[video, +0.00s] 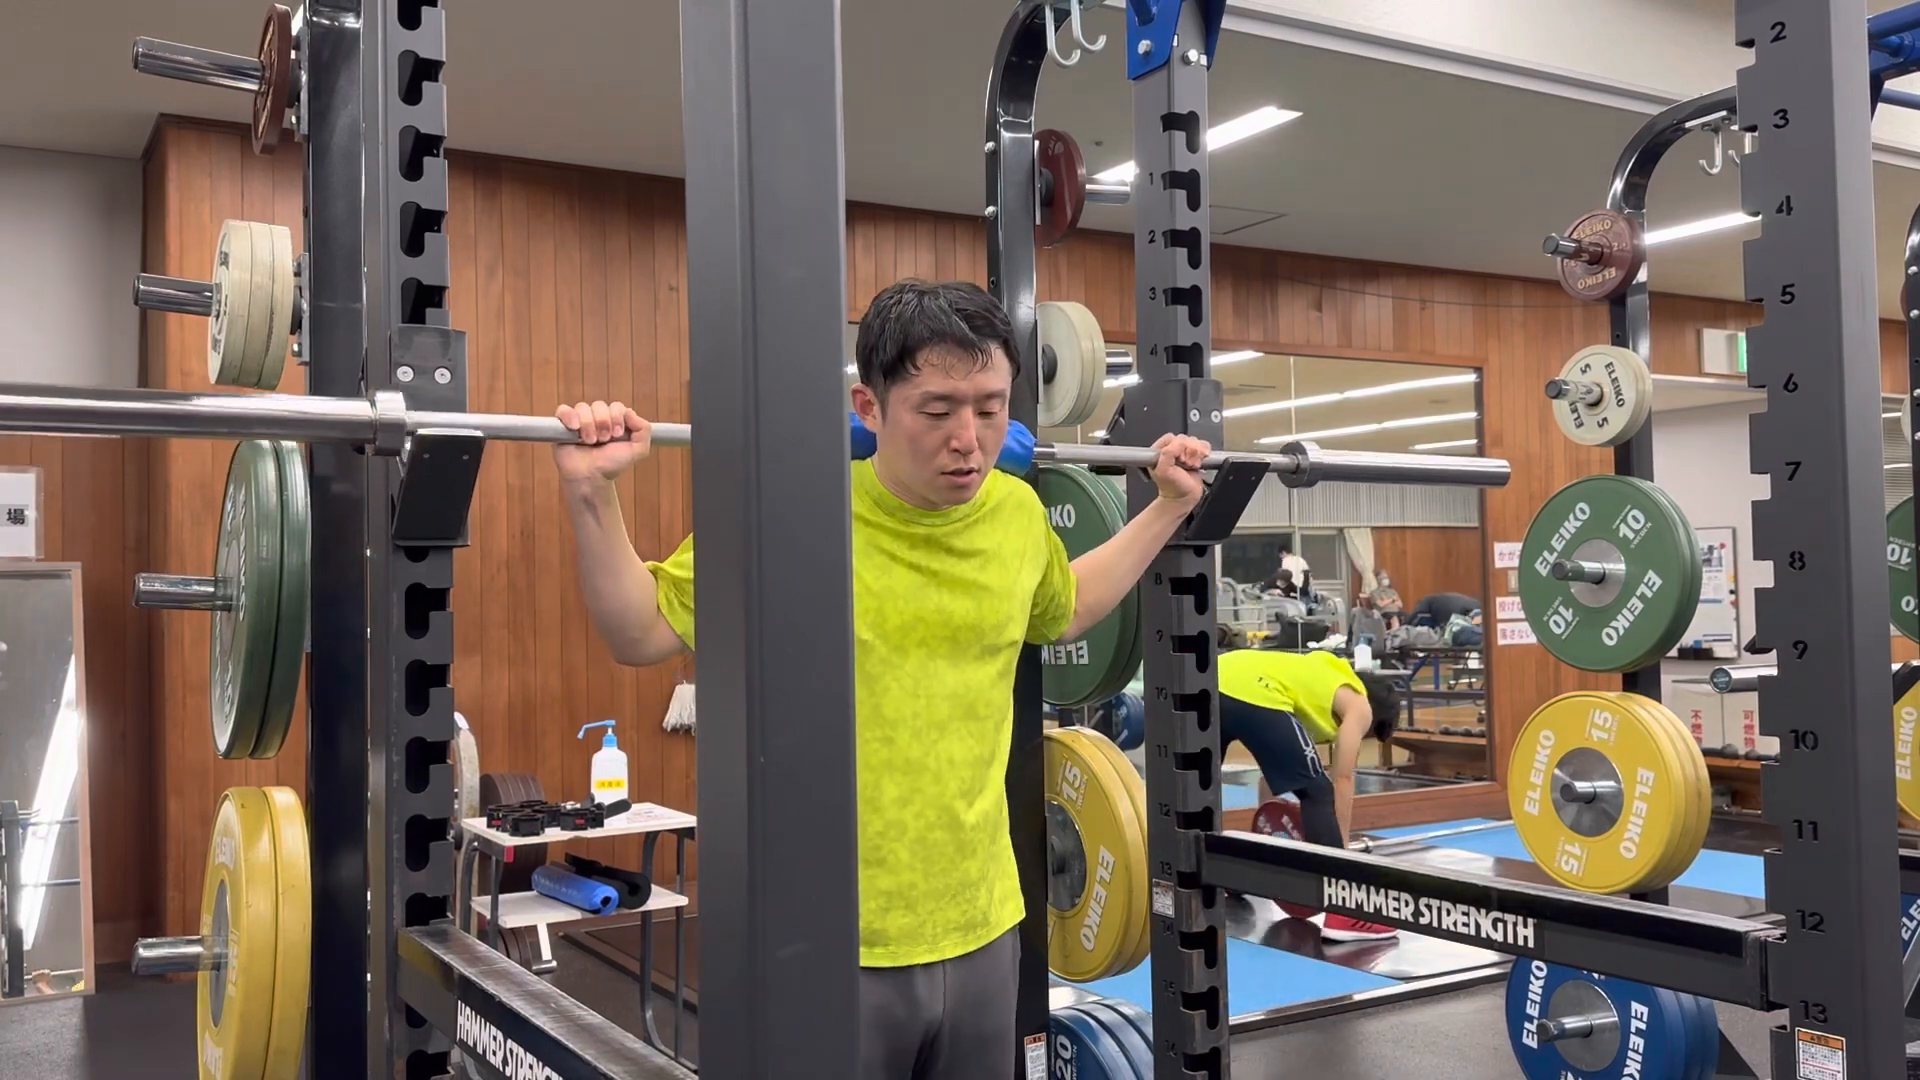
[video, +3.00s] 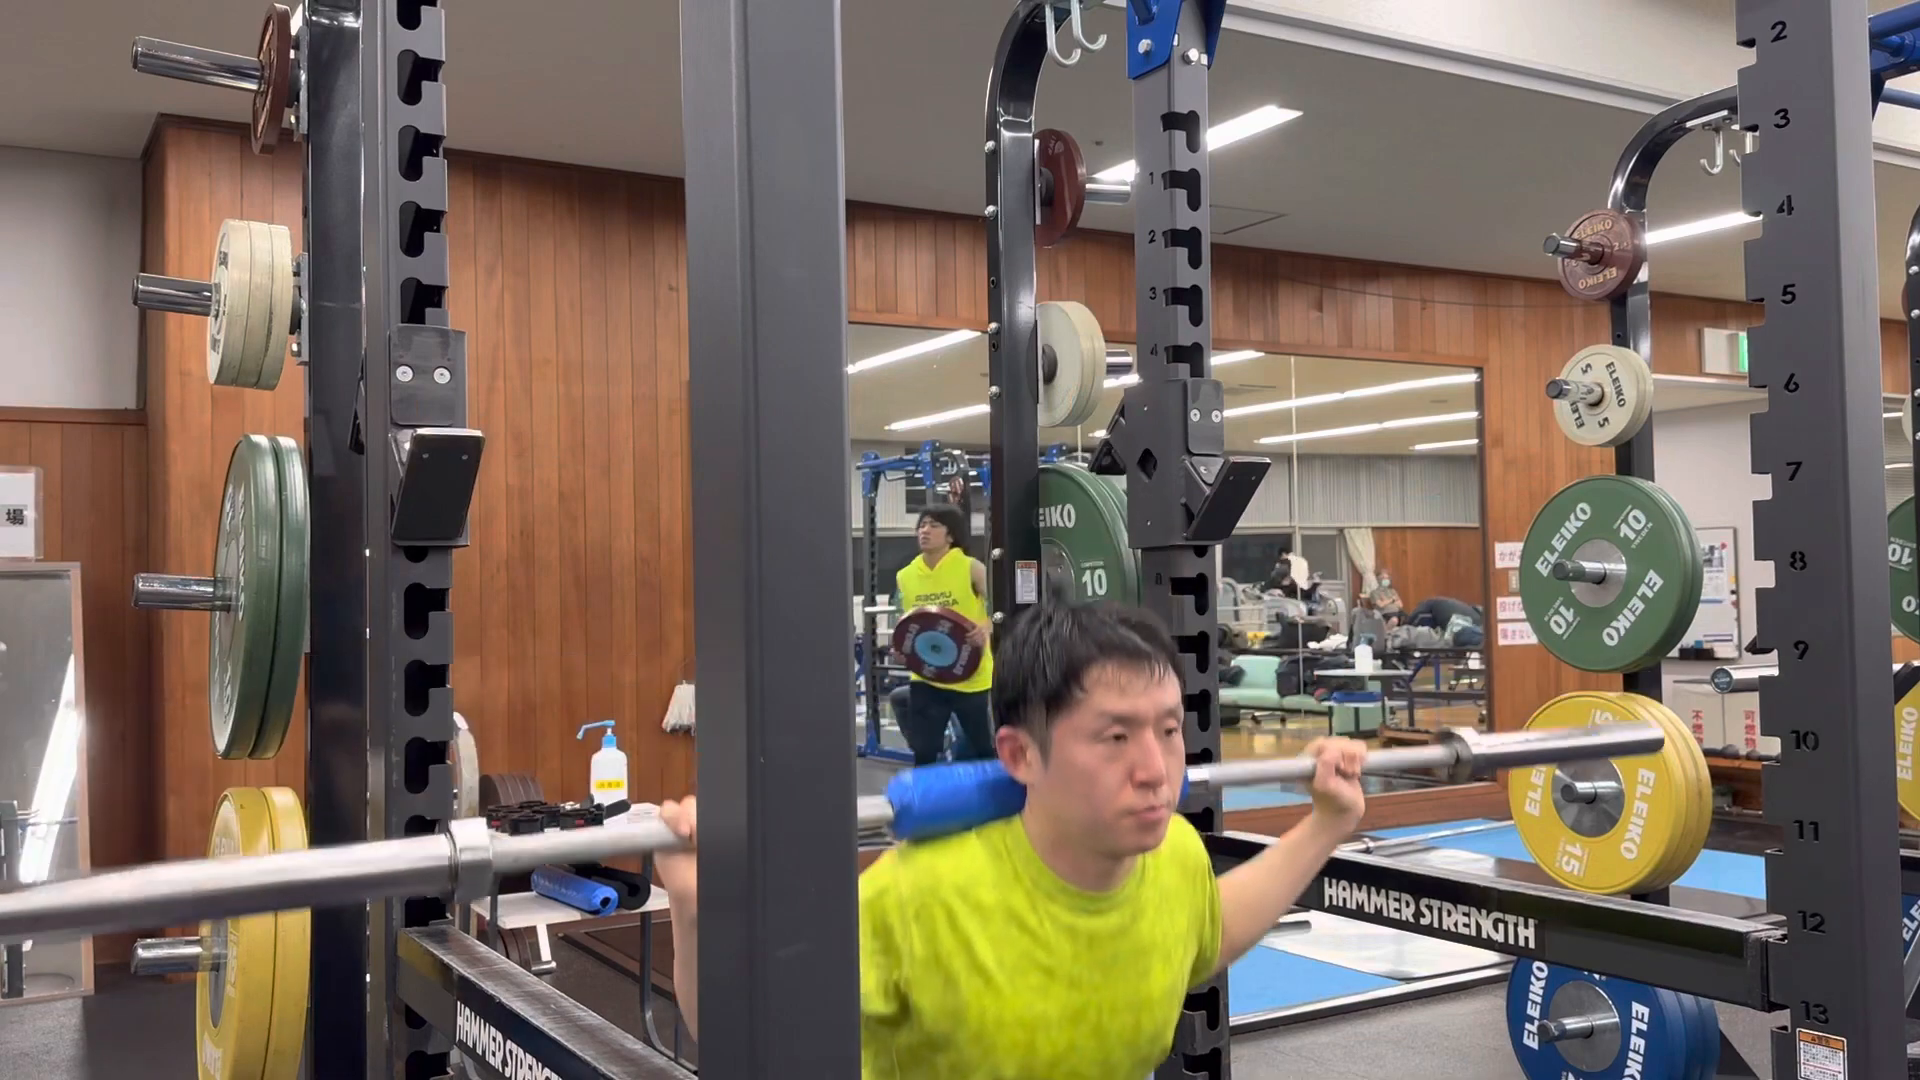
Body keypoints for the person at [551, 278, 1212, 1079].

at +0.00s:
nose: (966, 440)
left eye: (987, 410)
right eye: (935, 411)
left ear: (1009, 409)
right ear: (868, 407)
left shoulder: (1015, 512)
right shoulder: (803, 512)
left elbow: (1058, 607)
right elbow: (644, 632)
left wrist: (1168, 510)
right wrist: (591, 495)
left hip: (984, 942)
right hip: (838, 955)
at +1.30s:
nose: (1074, 462)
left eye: (1092, 428)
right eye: (1039, 430)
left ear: (1111, 420)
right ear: (958, 428)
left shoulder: (1103, 536)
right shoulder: (865, 548)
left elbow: (1124, 639)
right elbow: (704, 678)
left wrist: (1240, 531)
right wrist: (666, 536)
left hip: (1074, 984)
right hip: (909, 1007)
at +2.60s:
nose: (1133, 485)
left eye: (1147, 453)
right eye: (1092, 454)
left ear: (1164, 461)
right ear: (999, 476)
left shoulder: (1151, 599)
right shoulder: (894, 608)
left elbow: (1183, 711)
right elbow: (719, 761)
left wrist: (1298, 598)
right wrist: (677, 612)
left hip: (1091, 1025)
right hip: (914, 1037)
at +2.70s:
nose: (1141, 559)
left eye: (1155, 527)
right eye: (1099, 528)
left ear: (1170, 535)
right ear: (1007, 546)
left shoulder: (1161, 667)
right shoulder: (905, 683)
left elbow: (1193, 768)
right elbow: (729, 834)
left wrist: (1308, 652)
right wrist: (681, 686)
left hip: (1079, 1050)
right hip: (911, 1052)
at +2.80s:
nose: (1149, 647)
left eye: (1163, 614)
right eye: (1107, 618)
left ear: (1179, 619)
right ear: (1014, 637)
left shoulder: (1169, 748)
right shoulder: (911, 777)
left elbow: (1196, 848)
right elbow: (735, 917)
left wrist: (1316, 730)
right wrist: (691, 788)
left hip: (1074, 1060)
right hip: (905, 1060)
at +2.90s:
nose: (1152, 704)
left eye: (1165, 670)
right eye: (1109, 674)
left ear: (1181, 674)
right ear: (1017, 692)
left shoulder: (1173, 797)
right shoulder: (906, 839)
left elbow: (1200, 891)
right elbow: (737, 977)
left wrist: (1319, 775)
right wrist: (692, 838)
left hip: (1092, 1063)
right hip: (917, 1064)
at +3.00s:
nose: (1157, 766)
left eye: (1169, 729)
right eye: (1114, 737)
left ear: (1186, 732)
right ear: (1019, 754)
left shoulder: (1179, 856)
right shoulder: (915, 895)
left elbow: (1203, 945)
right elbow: (735, 1033)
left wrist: (1324, 830)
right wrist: (694, 908)